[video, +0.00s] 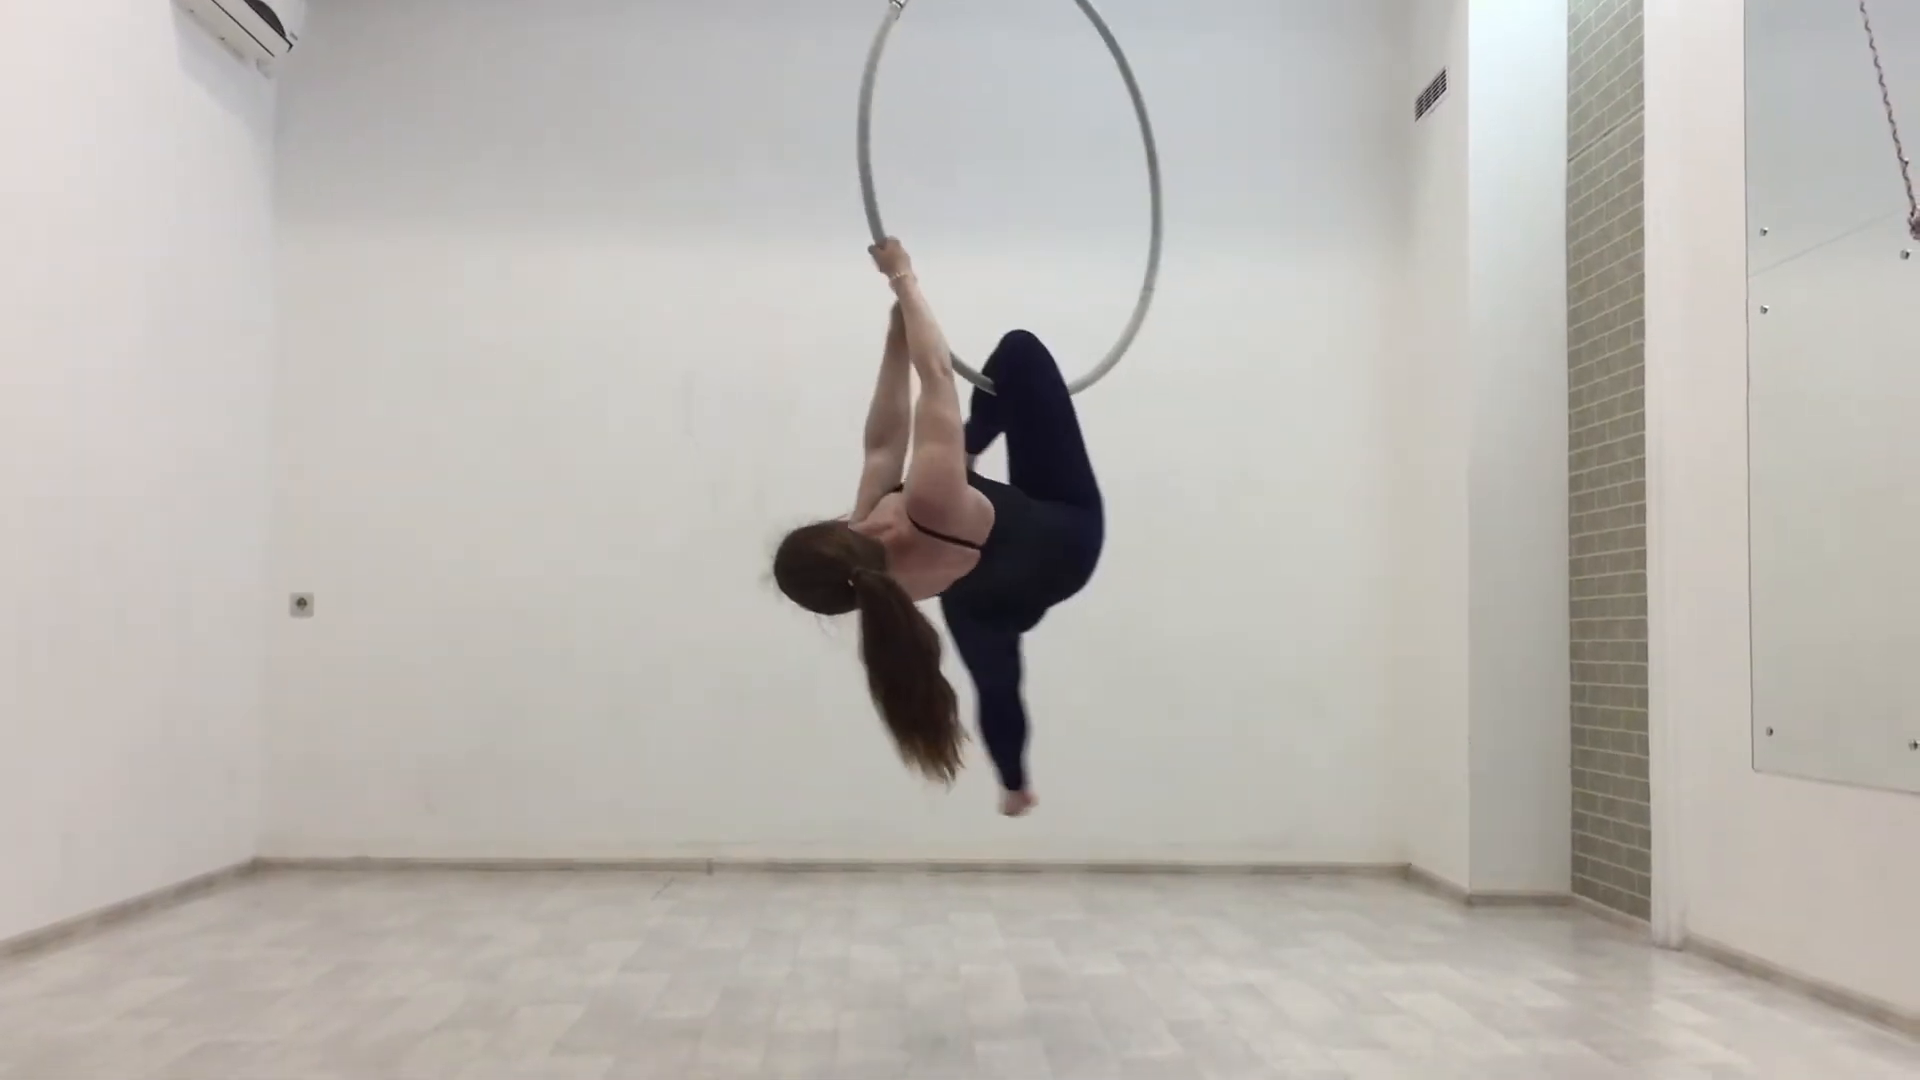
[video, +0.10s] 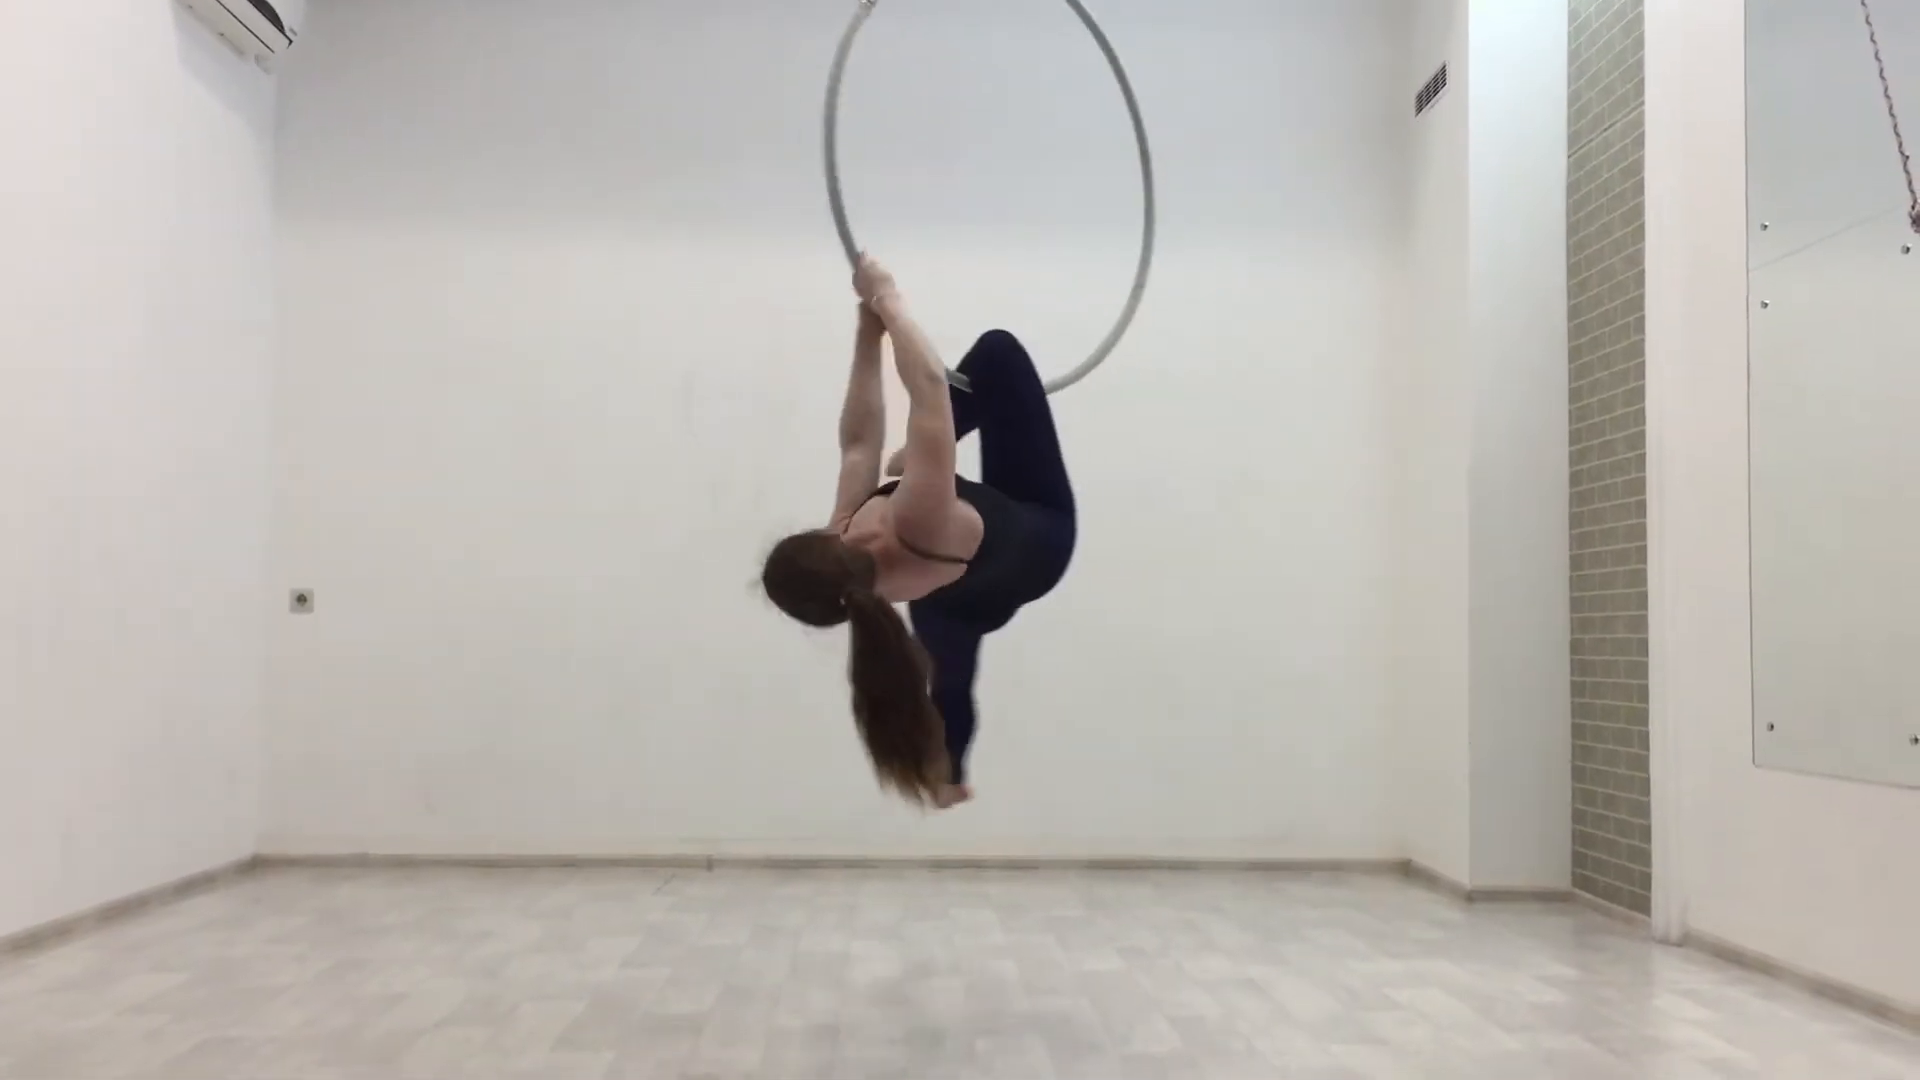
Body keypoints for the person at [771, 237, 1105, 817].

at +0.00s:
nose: (840, 512)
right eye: (832, 517)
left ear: (840, 595)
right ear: (837, 530)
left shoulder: (886, 579)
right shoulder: (933, 493)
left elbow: (880, 444)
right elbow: (938, 374)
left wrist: (900, 326)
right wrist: (904, 276)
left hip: (1004, 599)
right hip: (1072, 534)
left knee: (997, 684)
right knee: (1020, 351)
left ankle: (1015, 786)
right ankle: (969, 440)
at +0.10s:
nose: (832, 517)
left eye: (825, 520)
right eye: (825, 526)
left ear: (835, 605)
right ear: (834, 541)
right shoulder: (919, 510)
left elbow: (858, 443)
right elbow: (930, 391)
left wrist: (868, 326)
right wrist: (889, 304)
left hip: (971, 603)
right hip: (1046, 538)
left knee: (950, 678)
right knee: (999, 349)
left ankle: (946, 769)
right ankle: (915, 454)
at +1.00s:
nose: (830, 569)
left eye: (805, 575)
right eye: (837, 587)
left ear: (793, 573)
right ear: (857, 621)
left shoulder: (802, 533)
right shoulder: (904, 630)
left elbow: (809, 417)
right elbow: (941, 685)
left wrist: (819, 304)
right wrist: (956, 724)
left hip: (836, 512)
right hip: (907, 509)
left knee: (682, 600)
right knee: (902, 340)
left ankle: (579, 685)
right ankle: (760, 402)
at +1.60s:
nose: (973, 467)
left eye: (983, 474)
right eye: (988, 465)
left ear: (982, 509)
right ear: (1022, 538)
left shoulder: (894, 533)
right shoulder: (1014, 588)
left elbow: (803, 445)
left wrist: (817, 332)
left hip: (778, 579)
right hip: (847, 581)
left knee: (646, 604)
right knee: (899, 391)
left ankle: (531, 683)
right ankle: (745, 414)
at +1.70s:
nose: (989, 422)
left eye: (1001, 425)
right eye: (1005, 415)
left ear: (1009, 462)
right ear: (1031, 480)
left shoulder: (925, 500)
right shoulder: (1019, 528)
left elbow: (807, 438)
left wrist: (827, 329)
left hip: (785, 585)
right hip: (856, 575)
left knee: (656, 591)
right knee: (909, 388)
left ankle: (547, 673)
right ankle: (752, 417)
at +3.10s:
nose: (1079, 258)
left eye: (1094, 246)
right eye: (1069, 247)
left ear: (1125, 256)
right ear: (1054, 259)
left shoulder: (1147, 330)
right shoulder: (1035, 349)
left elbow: (1234, 397)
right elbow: (996, 456)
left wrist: (1242, 308)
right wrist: (906, 472)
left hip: (1132, 541)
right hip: (1038, 539)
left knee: (1126, 733)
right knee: (1036, 685)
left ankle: (1129, 935)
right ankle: (1037, 844)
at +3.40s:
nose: (1047, 288)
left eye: (1058, 275)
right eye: (1031, 274)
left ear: (1070, 282)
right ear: (995, 281)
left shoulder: (1090, 361)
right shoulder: (961, 358)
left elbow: (1177, 431)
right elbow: (850, 372)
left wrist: (1242, 369)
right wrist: (840, 290)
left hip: (1116, 571)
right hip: (1027, 566)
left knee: (1112, 752)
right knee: (1102, 689)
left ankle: (1122, 955)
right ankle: (1186, 830)